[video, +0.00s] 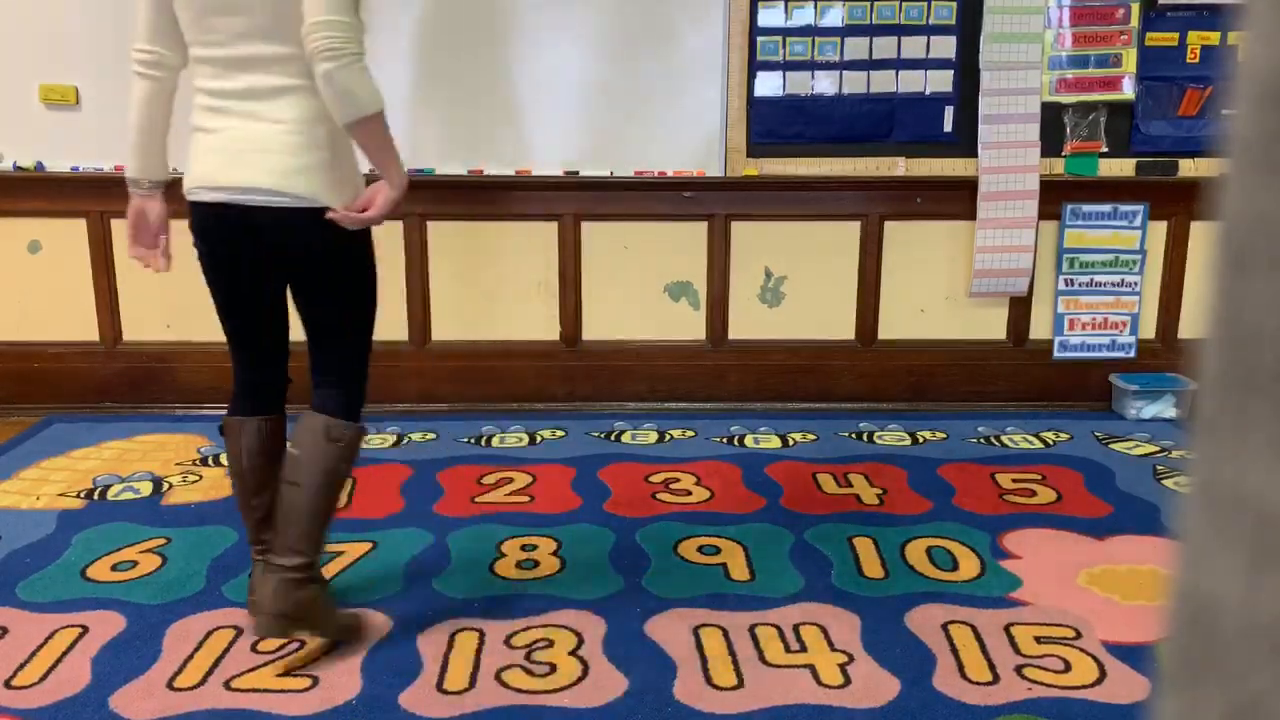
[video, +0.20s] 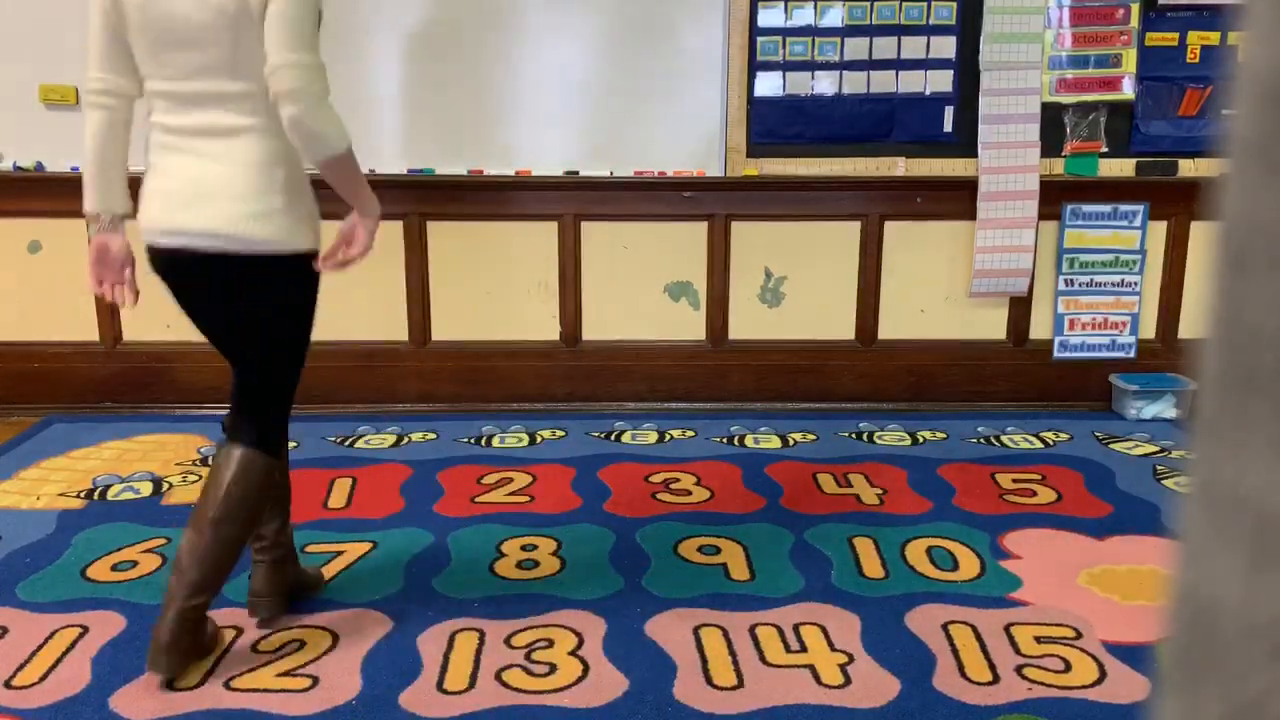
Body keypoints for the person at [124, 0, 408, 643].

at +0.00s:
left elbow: (154, 61)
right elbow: (331, 53)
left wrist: (146, 187)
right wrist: (391, 171)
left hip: (217, 190)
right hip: (313, 190)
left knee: (255, 379)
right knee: (337, 381)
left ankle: (269, 569)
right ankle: (290, 580)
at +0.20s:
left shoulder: (123, 1)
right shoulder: (282, 1)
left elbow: (107, 90)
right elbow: (294, 87)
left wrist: (105, 220)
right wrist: (363, 202)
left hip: (169, 226)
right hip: (266, 226)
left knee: (262, 391)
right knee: (259, 413)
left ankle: (275, 566)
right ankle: (179, 625)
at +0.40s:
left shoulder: (84, 9)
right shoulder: (272, 11)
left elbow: (61, 135)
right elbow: (304, 144)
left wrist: (52, 258)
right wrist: (322, 219)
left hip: (123, 270)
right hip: (229, 275)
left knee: (201, 372)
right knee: (232, 464)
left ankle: (231, 550)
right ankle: (157, 631)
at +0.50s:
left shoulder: (92, 1)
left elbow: (73, 88)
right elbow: (284, 107)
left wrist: (55, 224)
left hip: (123, 226)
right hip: (239, 232)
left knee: (141, 389)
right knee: (214, 433)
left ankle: (168, 571)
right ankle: (160, 635)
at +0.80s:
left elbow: (169, 41)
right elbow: (193, 53)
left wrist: (135, 195)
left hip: (173, 192)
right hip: (221, 191)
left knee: (101, 407)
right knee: (195, 390)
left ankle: (74, 634)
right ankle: (241, 586)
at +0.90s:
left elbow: (202, 39)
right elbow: (161, 50)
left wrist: (179, 187)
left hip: (186, 184)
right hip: (185, 180)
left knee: (127, 403)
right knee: (185, 390)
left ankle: (157, 637)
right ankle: (240, 583)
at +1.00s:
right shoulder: (138, 7)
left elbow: (217, 50)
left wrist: (209, 203)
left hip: (196, 201)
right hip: (174, 198)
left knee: (142, 417)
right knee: (173, 410)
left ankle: (244, 617)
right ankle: (253, 596)